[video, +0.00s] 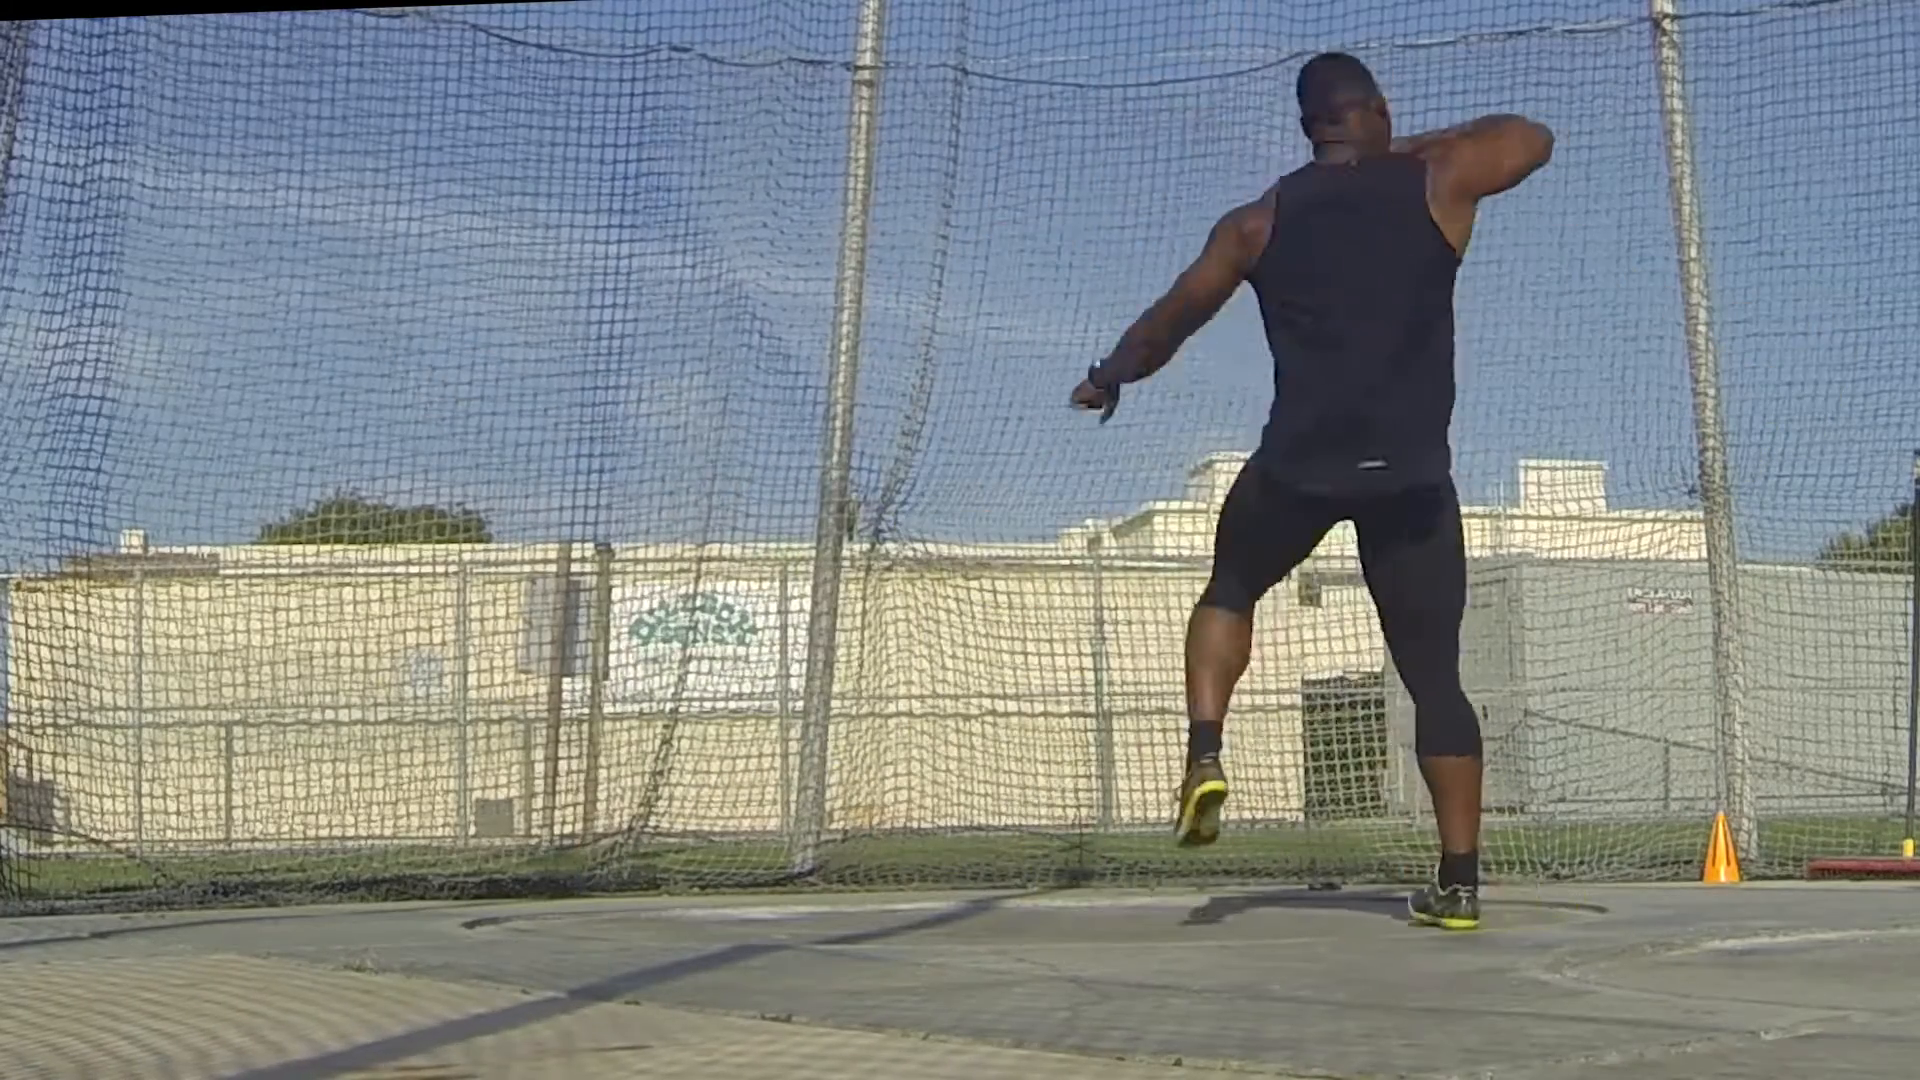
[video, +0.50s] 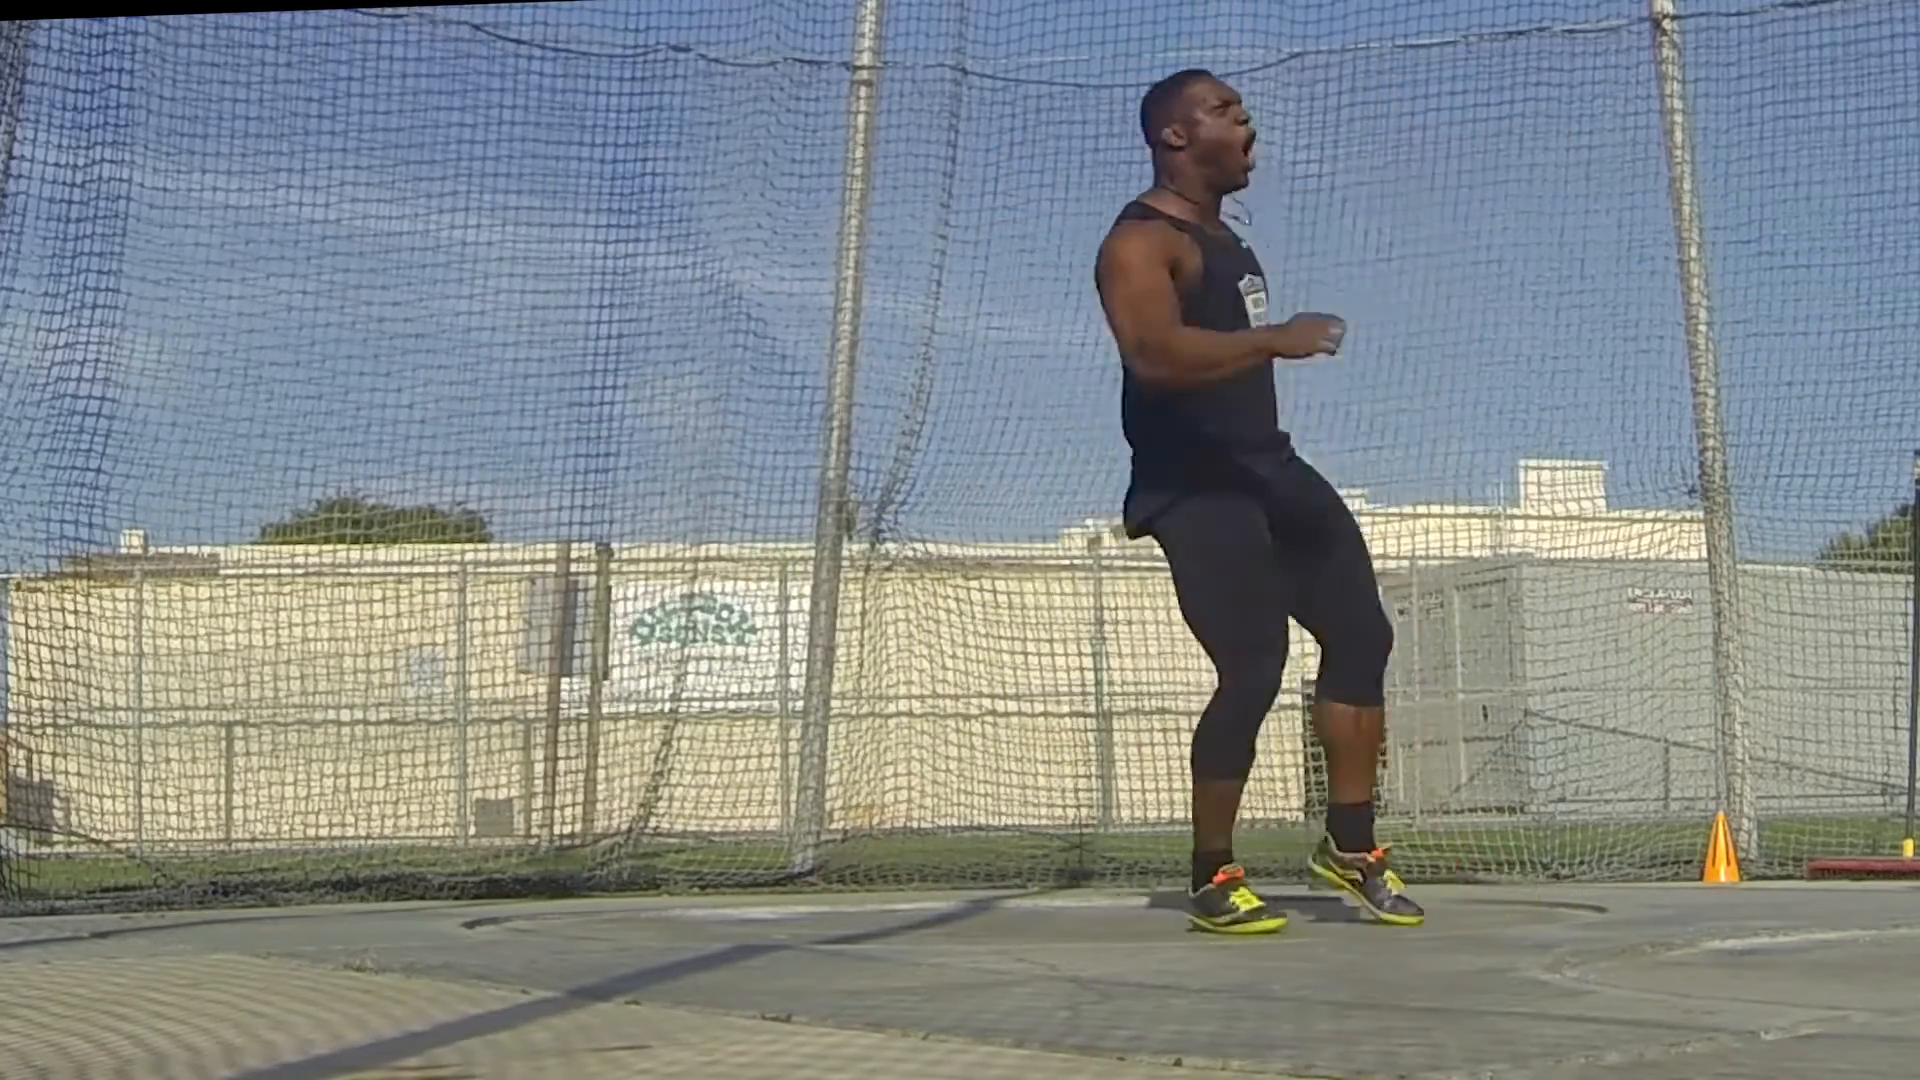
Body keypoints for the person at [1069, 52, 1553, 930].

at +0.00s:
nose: (1385, 120)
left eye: (1372, 110)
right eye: (1381, 108)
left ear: (1306, 130)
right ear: (1376, 115)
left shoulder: (1259, 220)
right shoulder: (1443, 174)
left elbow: (1173, 317)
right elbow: (1534, 138)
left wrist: (1112, 373)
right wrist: (1421, 145)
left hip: (1295, 464)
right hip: (1410, 470)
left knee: (1229, 590)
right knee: (1435, 678)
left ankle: (1205, 756)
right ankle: (1460, 883)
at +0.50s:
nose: (1248, 128)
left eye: (1243, 113)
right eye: (1228, 114)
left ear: (1194, 141)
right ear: (1174, 136)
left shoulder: (1222, 238)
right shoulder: (1137, 238)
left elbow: (1208, 360)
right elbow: (1154, 355)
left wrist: (1273, 462)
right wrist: (1273, 342)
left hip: (1273, 473)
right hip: (1195, 487)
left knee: (1360, 636)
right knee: (1251, 666)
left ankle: (1351, 849)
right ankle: (1213, 875)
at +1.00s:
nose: (1001, 166)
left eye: (979, 153)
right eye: (1014, 153)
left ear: (949, 160)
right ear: (1026, 160)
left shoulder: (898, 243)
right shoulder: (1084, 244)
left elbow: (829, 374)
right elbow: (1145, 381)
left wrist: (816, 468)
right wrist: (1149, 474)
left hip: (940, 512)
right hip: (1049, 511)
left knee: (920, 698)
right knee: (1088, 687)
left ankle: (895, 891)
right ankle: (1122, 880)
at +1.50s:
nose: (924, 172)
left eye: (911, 159)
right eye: (943, 159)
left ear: (888, 168)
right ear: (962, 169)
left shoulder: (824, 251)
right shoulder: (999, 232)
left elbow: (798, 384)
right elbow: (1013, 348)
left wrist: (811, 505)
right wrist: (1012, 477)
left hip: (890, 504)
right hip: (992, 495)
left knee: (896, 691)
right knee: (1049, 668)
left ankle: (893, 889)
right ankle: (1078, 864)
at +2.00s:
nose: (1077, 132)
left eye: (1077, 118)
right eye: (1058, 118)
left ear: (1032, 141)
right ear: (1007, 136)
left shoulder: (1005, 229)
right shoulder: (996, 231)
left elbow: (994, 379)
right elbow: (992, 374)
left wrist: (1077, 469)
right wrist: (1089, 469)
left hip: (990, 499)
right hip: (1031, 497)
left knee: (968, 671)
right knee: (1057, 681)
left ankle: (886, 864)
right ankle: (1098, 888)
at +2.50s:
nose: (1180, 92)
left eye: (1184, 81)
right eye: (1159, 79)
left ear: (1186, 105)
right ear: (1111, 101)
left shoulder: (1206, 218)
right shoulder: (1071, 196)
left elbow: (1238, 351)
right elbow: (1024, 327)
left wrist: (1290, 451)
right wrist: (1070, 443)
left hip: (1220, 476)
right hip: (1127, 475)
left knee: (1281, 644)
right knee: (1114, 673)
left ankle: (1297, 866)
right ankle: (1099, 886)